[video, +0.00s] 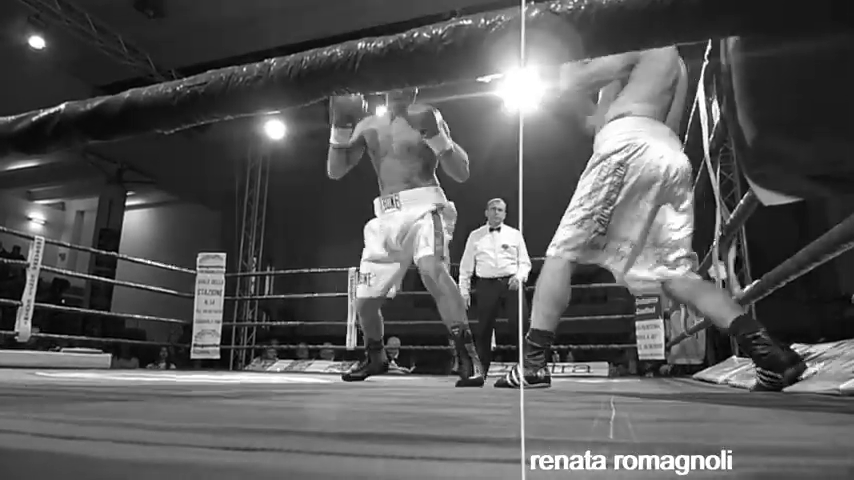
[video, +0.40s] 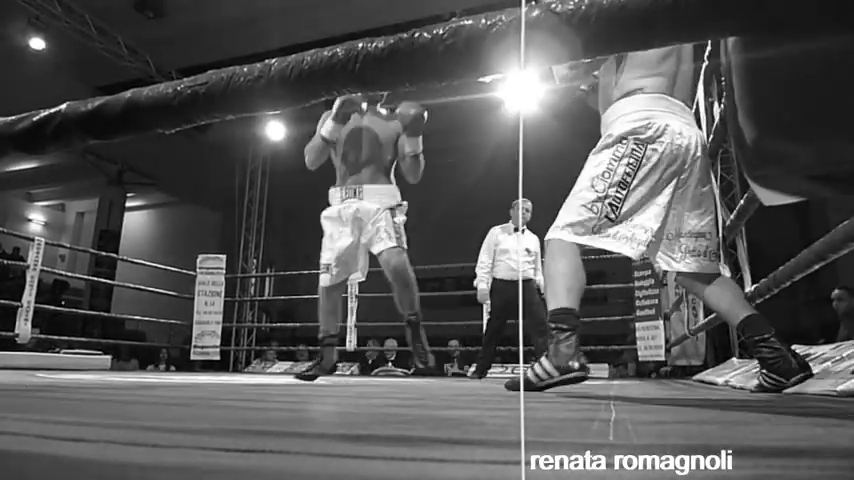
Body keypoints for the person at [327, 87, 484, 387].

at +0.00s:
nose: (399, 90)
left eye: (406, 83)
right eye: (392, 83)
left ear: (416, 88)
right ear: (380, 88)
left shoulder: (427, 117)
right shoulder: (368, 126)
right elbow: (336, 171)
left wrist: (436, 136)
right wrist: (340, 128)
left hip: (426, 207)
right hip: (387, 215)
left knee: (432, 269)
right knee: (366, 300)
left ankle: (467, 359)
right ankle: (376, 359)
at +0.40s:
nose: (370, 86)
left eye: (376, 81)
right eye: (362, 80)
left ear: (387, 87)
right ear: (350, 84)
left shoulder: (396, 122)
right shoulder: (333, 119)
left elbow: (413, 176)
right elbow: (311, 161)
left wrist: (413, 135)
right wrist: (334, 122)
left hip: (382, 207)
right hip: (342, 209)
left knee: (398, 267)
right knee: (329, 285)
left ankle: (418, 343)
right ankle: (327, 357)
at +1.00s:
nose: (357, 86)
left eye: (365, 81)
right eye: (350, 79)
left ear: (376, 87)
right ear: (338, 82)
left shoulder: (383, 122)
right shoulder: (316, 112)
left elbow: (401, 179)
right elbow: (289, 151)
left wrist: (406, 138)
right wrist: (315, 110)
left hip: (358, 207)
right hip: (316, 207)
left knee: (366, 268)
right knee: (289, 296)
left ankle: (372, 356)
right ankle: (315, 347)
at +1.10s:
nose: (375, 91)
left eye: (380, 85)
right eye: (369, 82)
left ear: (384, 91)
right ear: (350, 83)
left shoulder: (384, 125)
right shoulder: (319, 110)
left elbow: (402, 179)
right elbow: (283, 154)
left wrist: (409, 133)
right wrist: (311, 114)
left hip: (356, 210)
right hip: (311, 207)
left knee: (368, 268)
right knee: (272, 290)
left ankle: (371, 357)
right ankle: (299, 349)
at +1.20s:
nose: (356, 92)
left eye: (363, 87)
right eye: (349, 85)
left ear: (375, 96)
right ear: (336, 89)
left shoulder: (380, 134)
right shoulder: (312, 117)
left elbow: (400, 192)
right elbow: (283, 159)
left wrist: (404, 144)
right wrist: (314, 122)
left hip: (350, 223)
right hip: (301, 221)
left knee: (372, 269)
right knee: (254, 295)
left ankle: (372, 359)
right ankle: (256, 354)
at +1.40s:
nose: (346, 96)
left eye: (351, 91)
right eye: (340, 89)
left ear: (353, 97)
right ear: (323, 88)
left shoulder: (355, 133)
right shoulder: (286, 115)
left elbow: (369, 188)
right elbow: (281, 135)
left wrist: (378, 147)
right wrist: (322, 110)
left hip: (330, 216)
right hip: (284, 214)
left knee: (350, 275)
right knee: (237, 294)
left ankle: (366, 361)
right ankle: (233, 363)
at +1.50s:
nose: (322, 69)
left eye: (329, 63)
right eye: (316, 60)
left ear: (337, 69)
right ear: (303, 63)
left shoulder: (339, 109)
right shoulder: (273, 98)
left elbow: (348, 168)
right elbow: (276, 128)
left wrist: (359, 131)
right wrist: (311, 96)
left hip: (318, 196)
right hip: (272, 195)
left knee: (332, 272)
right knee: (240, 279)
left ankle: (346, 359)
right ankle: (228, 361)